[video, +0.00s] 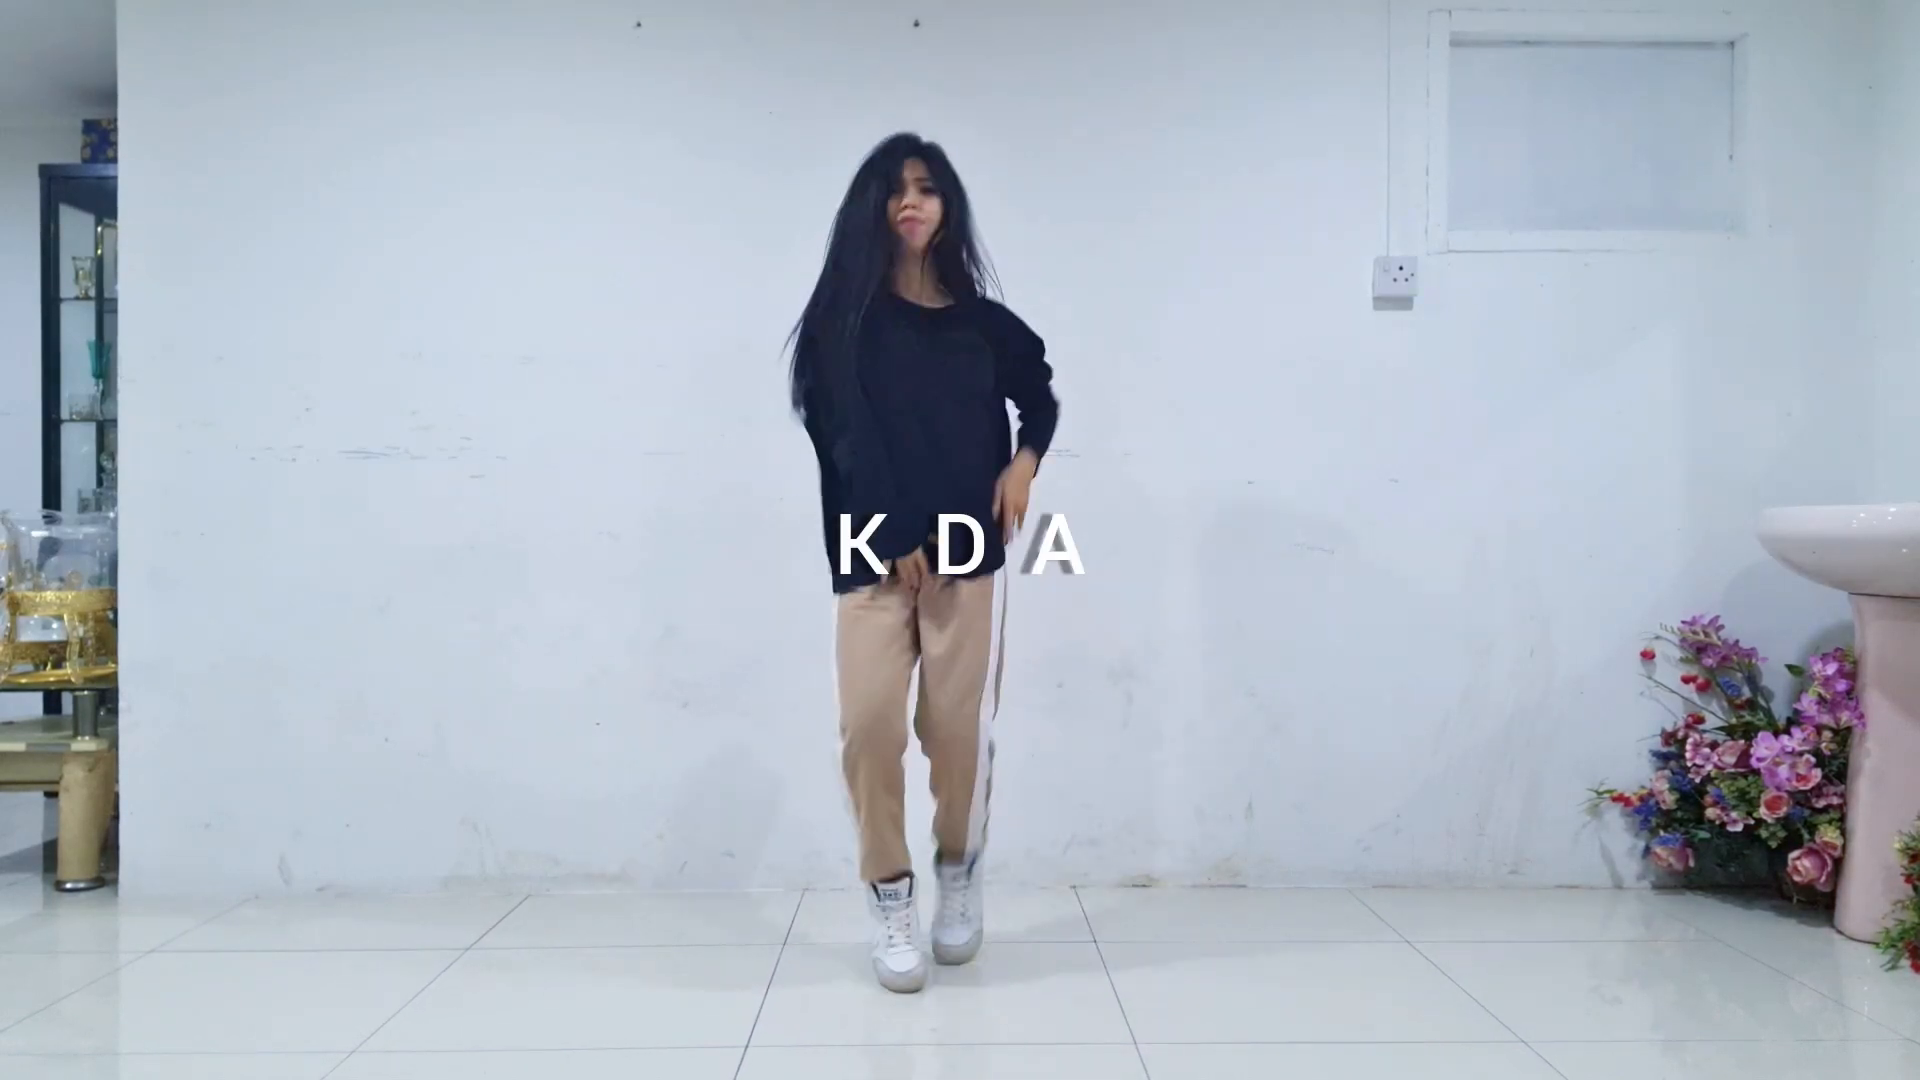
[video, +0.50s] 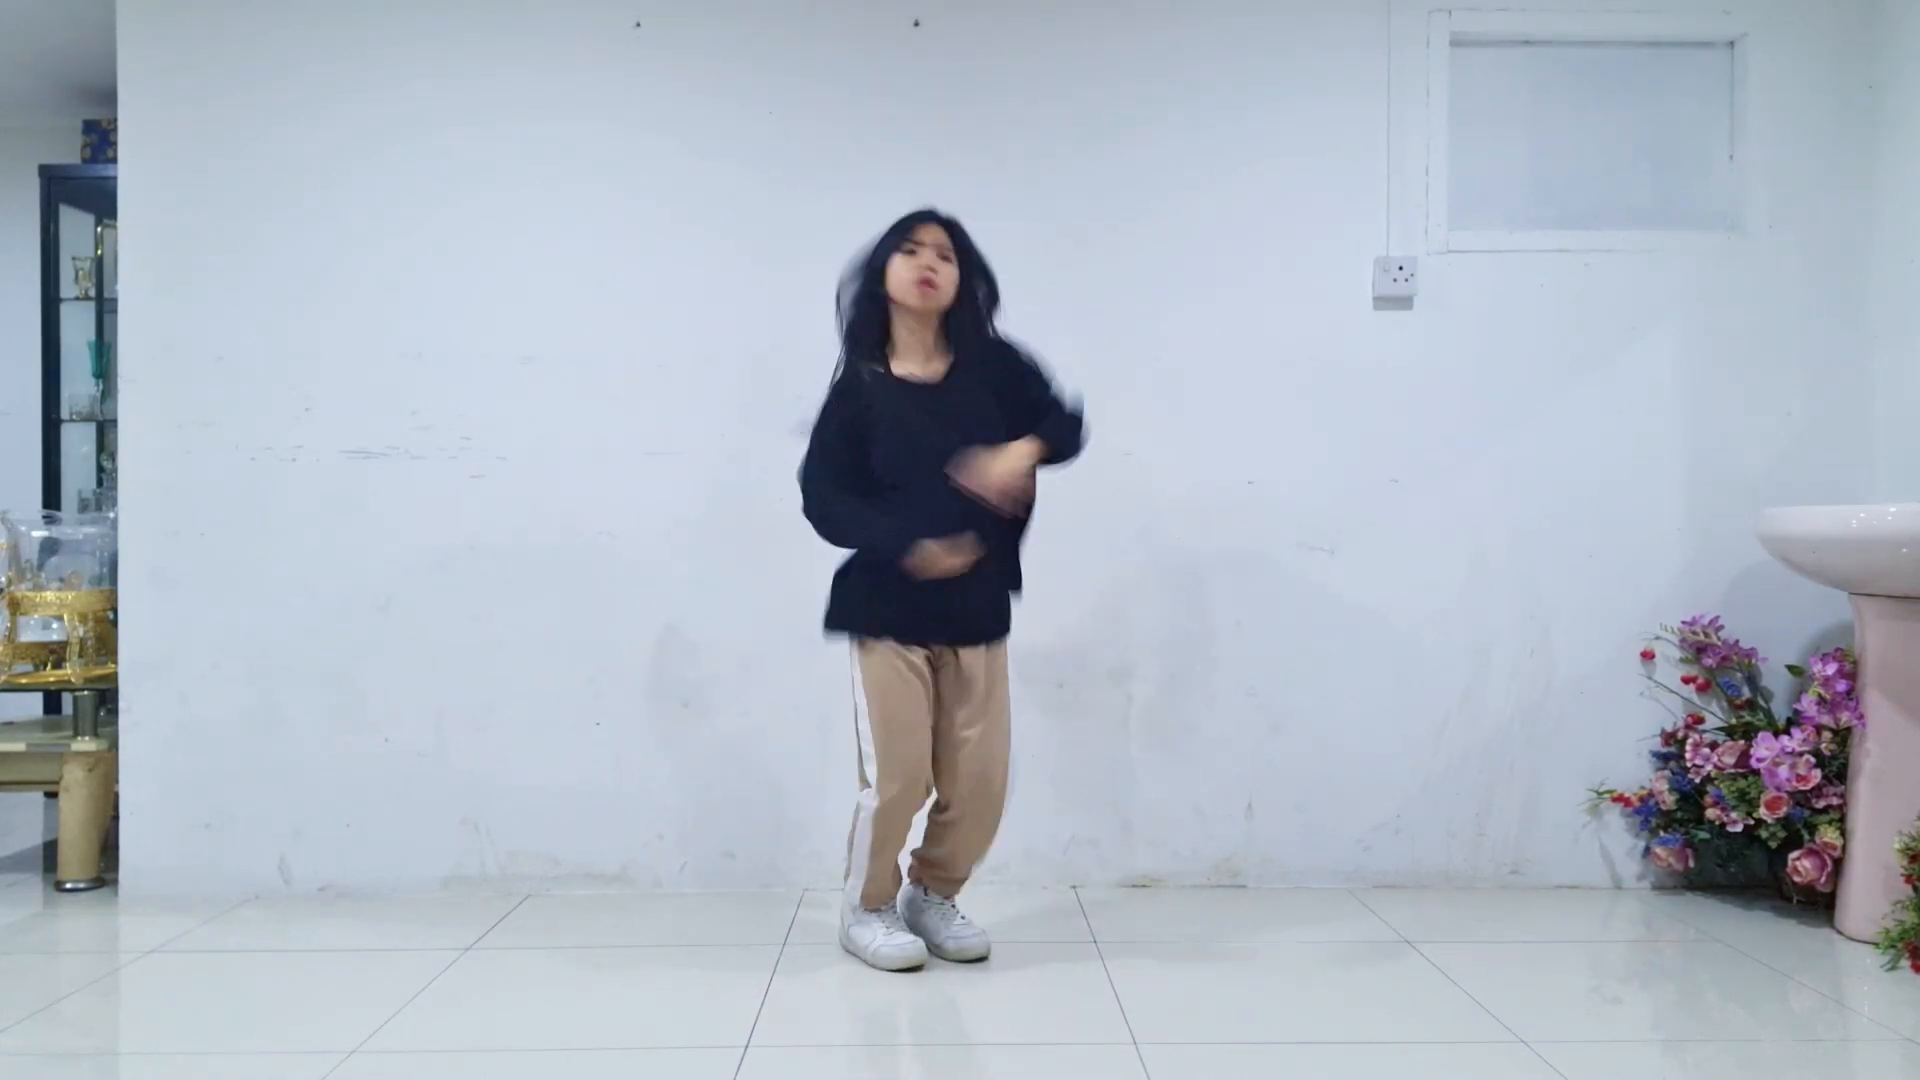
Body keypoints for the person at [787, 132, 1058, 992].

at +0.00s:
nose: (913, 204)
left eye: (927, 191)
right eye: (896, 191)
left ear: (948, 206)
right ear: (871, 208)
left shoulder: (982, 317)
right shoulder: (837, 316)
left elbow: (1040, 398)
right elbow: (835, 433)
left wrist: (1024, 466)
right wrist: (884, 532)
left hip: (964, 547)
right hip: (870, 548)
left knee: (953, 722)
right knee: (869, 723)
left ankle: (955, 869)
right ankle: (891, 902)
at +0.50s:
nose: (927, 264)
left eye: (943, 256)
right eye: (911, 251)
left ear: (962, 281)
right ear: (881, 272)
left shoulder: (997, 366)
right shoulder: (860, 387)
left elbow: (1066, 427)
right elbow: (823, 497)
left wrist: (1022, 453)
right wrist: (906, 545)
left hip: (976, 614)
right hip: (888, 612)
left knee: (978, 781)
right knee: (904, 774)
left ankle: (932, 897)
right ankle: (870, 912)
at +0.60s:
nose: (954, 261)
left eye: (964, 253)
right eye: (937, 245)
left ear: (971, 273)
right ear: (898, 256)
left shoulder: (980, 346)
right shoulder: (871, 352)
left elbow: (1001, 428)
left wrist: (938, 378)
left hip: (983, 571)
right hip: (898, 574)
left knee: (983, 761)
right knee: (906, 763)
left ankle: (933, 892)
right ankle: (871, 906)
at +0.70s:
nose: (960, 227)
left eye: (970, 217)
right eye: (943, 208)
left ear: (975, 235)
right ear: (901, 216)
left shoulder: (975, 336)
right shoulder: (870, 316)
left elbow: (1056, 330)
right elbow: (905, 368)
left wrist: (1004, 307)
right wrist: (982, 326)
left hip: (990, 546)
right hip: (914, 546)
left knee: (970, 724)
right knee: (901, 725)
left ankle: (938, 885)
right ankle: (872, 896)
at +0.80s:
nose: (962, 213)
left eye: (971, 206)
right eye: (947, 196)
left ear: (976, 226)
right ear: (902, 201)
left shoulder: (967, 296)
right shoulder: (857, 284)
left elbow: (1027, 293)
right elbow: (854, 285)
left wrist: (1002, 297)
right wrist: (934, 283)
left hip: (1000, 528)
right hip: (925, 525)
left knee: (962, 717)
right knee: (901, 712)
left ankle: (934, 881)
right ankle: (872, 893)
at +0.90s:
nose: (967, 241)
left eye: (977, 234)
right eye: (952, 223)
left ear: (982, 254)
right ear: (912, 230)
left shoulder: (966, 328)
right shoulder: (882, 310)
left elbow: (1037, 394)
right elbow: (859, 422)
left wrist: (1030, 364)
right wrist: (929, 494)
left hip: (998, 532)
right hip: (931, 531)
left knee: (981, 726)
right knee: (939, 729)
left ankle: (933, 884)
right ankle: (877, 886)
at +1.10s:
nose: (984, 248)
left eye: (991, 236)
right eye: (966, 236)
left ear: (1003, 253)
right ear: (932, 252)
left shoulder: (989, 355)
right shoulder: (913, 349)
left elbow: (970, 464)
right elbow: (870, 454)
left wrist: (977, 562)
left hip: (961, 561)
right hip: (914, 565)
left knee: (957, 738)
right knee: (1061, 656)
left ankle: (918, 901)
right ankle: (957, 772)